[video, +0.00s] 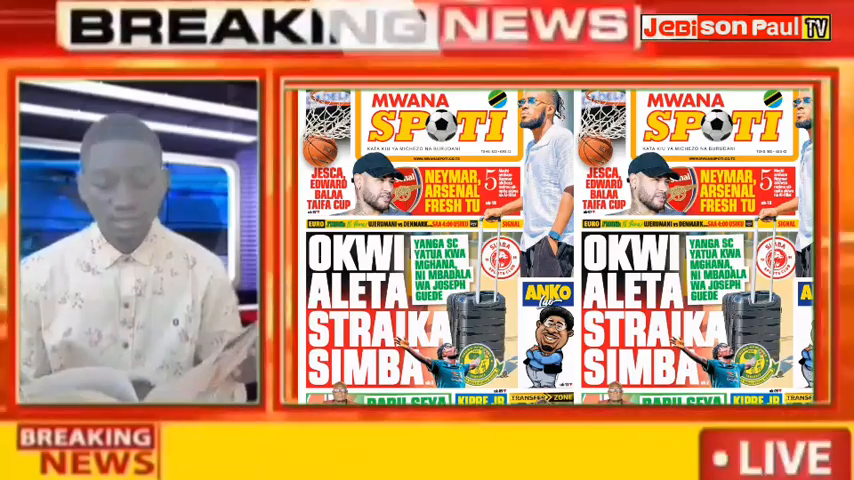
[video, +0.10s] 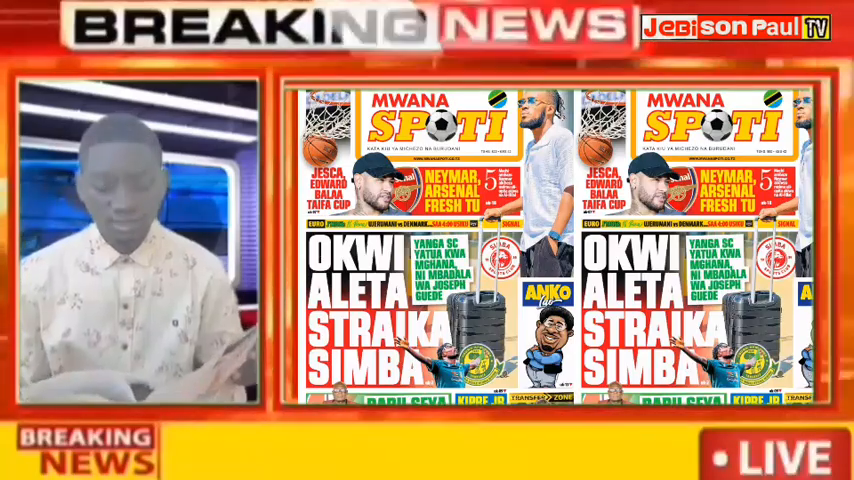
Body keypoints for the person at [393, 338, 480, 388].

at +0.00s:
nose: (453, 348)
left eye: (453, 347)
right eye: (449, 348)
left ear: (456, 352)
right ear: (443, 354)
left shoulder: (462, 367)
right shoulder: (439, 365)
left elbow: (474, 365)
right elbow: (423, 359)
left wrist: (478, 360)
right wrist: (408, 348)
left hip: (461, 403)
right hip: (445, 403)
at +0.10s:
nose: (453, 348)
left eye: (453, 347)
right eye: (449, 348)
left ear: (456, 352)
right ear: (443, 354)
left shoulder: (462, 367)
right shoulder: (439, 365)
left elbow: (474, 365)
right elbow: (423, 359)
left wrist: (478, 360)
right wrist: (408, 348)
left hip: (461, 403)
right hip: (445, 403)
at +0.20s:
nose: (453, 348)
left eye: (453, 347)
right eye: (449, 348)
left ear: (456, 352)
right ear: (443, 354)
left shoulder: (462, 367)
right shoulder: (439, 365)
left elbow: (474, 365)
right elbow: (423, 359)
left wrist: (478, 360)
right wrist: (408, 348)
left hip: (461, 403)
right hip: (445, 403)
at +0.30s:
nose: (453, 348)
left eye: (453, 347)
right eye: (449, 348)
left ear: (456, 352)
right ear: (443, 354)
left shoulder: (462, 367)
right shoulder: (439, 365)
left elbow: (474, 365)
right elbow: (423, 359)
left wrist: (478, 360)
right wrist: (408, 348)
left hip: (461, 403)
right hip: (445, 403)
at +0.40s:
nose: (453, 348)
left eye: (453, 347)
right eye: (449, 348)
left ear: (456, 352)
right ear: (443, 354)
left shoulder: (462, 367)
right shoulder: (439, 365)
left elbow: (474, 365)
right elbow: (423, 359)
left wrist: (478, 360)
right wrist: (408, 348)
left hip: (461, 403)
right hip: (445, 403)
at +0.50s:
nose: (453, 348)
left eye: (453, 347)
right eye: (449, 348)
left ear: (456, 352)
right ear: (443, 354)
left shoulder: (462, 367)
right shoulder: (439, 365)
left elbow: (474, 365)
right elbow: (423, 359)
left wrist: (478, 360)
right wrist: (408, 348)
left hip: (461, 403)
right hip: (445, 403)